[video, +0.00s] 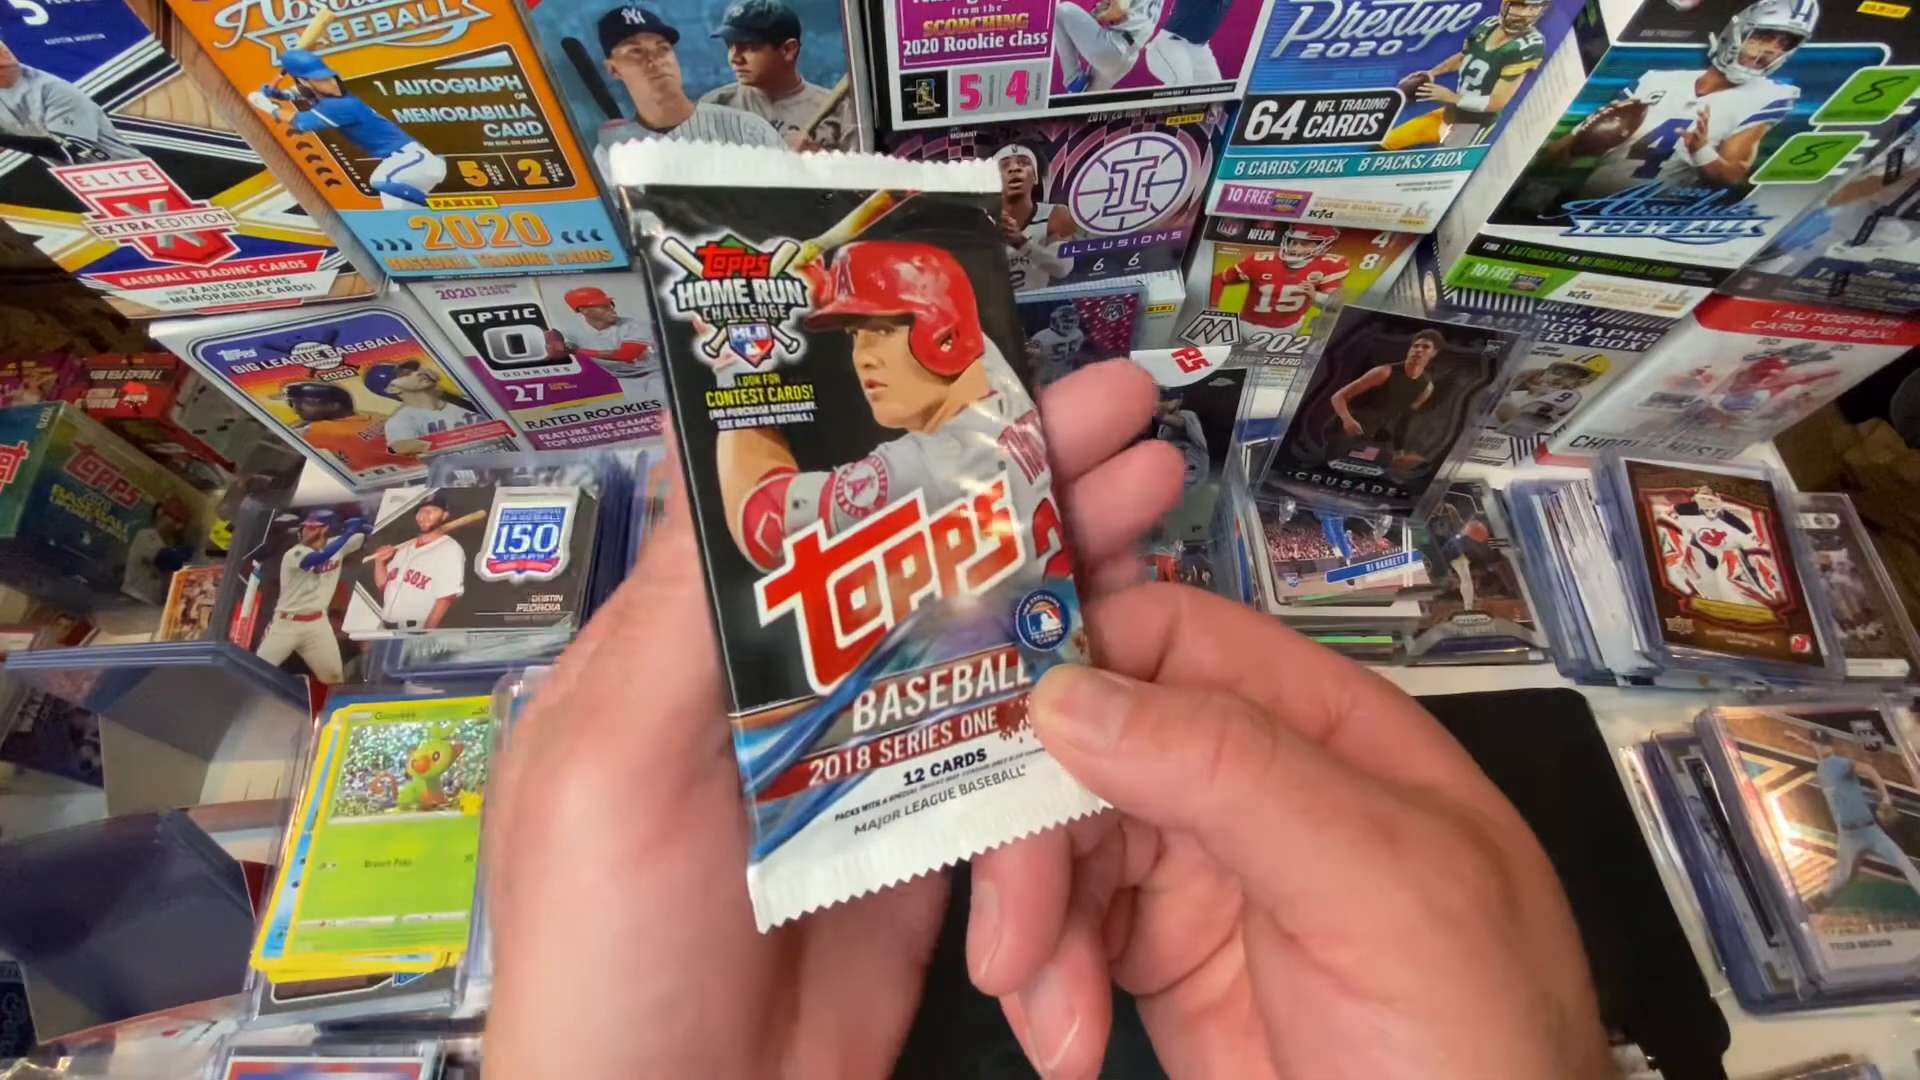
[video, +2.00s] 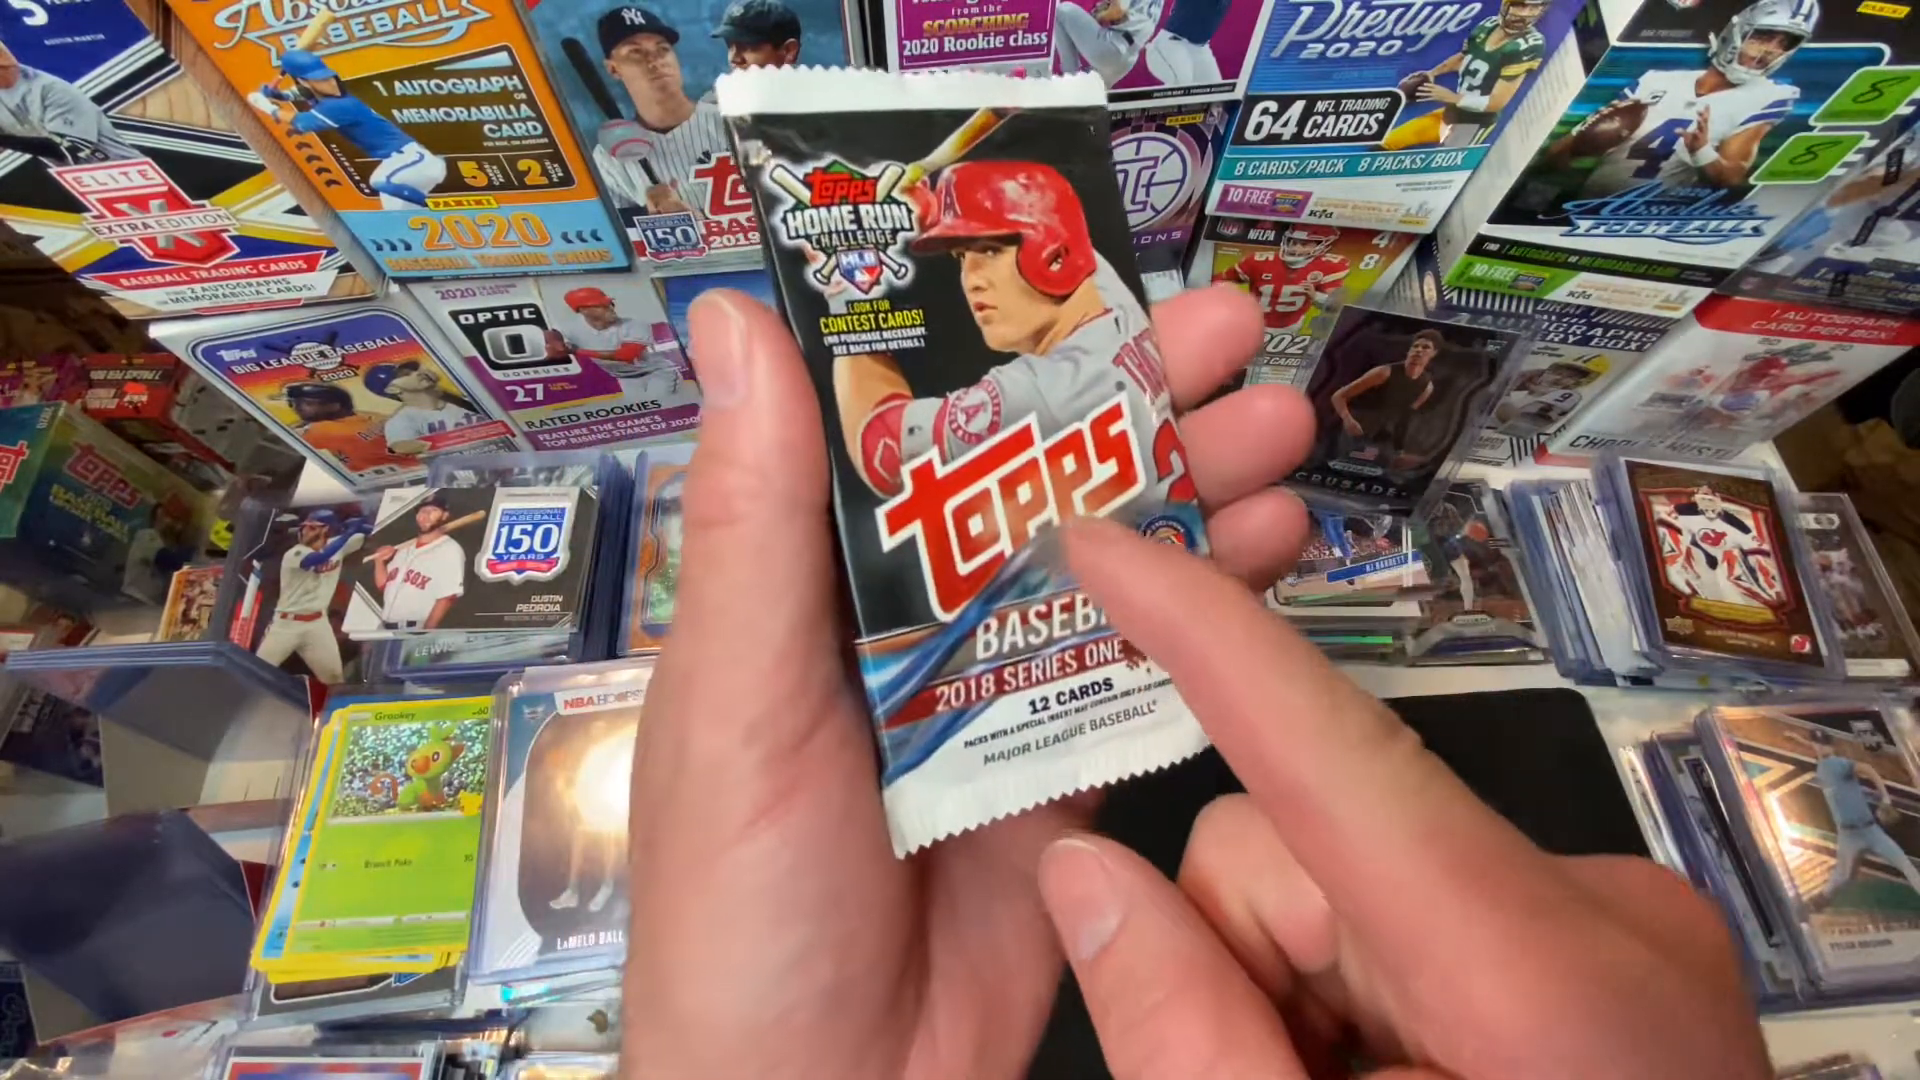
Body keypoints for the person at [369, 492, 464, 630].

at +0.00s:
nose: (424, 516)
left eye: (431, 511)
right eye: (421, 511)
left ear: (444, 515)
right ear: (416, 515)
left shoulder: (450, 550)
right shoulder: (405, 547)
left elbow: (446, 598)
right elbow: (382, 585)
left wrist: (426, 634)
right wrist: (379, 562)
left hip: (416, 631)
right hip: (386, 627)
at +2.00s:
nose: (426, 517)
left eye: (432, 511)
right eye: (422, 511)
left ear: (445, 515)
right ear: (416, 515)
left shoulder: (451, 550)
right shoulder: (405, 548)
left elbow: (447, 598)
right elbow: (382, 585)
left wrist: (425, 633)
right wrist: (379, 561)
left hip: (416, 631)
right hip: (386, 627)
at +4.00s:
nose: (425, 516)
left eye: (432, 511)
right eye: (422, 512)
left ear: (444, 516)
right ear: (416, 516)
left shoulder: (451, 550)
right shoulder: (405, 548)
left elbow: (446, 598)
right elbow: (382, 585)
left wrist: (424, 634)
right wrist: (379, 562)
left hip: (416, 631)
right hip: (386, 627)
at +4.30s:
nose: (425, 517)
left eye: (432, 511)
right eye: (422, 511)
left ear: (444, 515)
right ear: (416, 516)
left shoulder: (451, 550)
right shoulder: (405, 548)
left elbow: (446, 598)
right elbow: (381, 584)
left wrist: (425, 634)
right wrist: (379, 561)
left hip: (416, 630)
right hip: (386, 627)